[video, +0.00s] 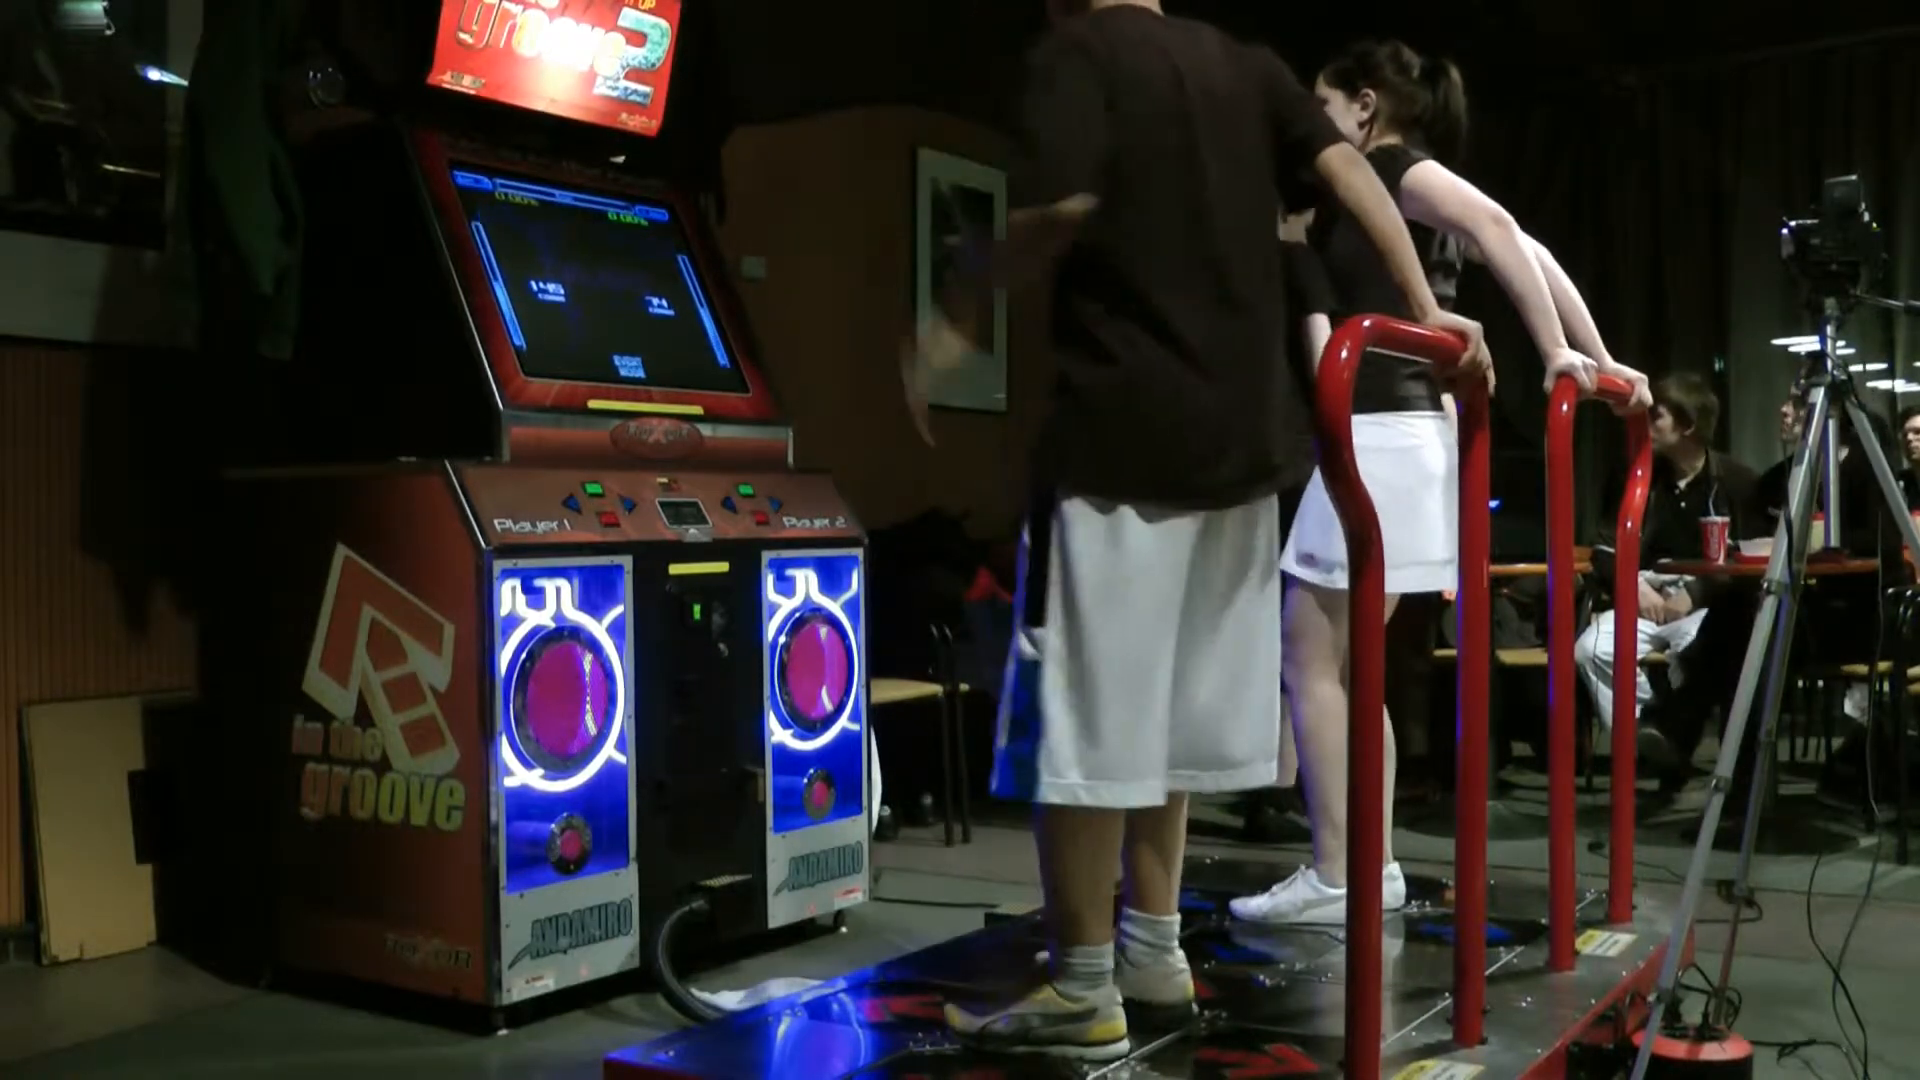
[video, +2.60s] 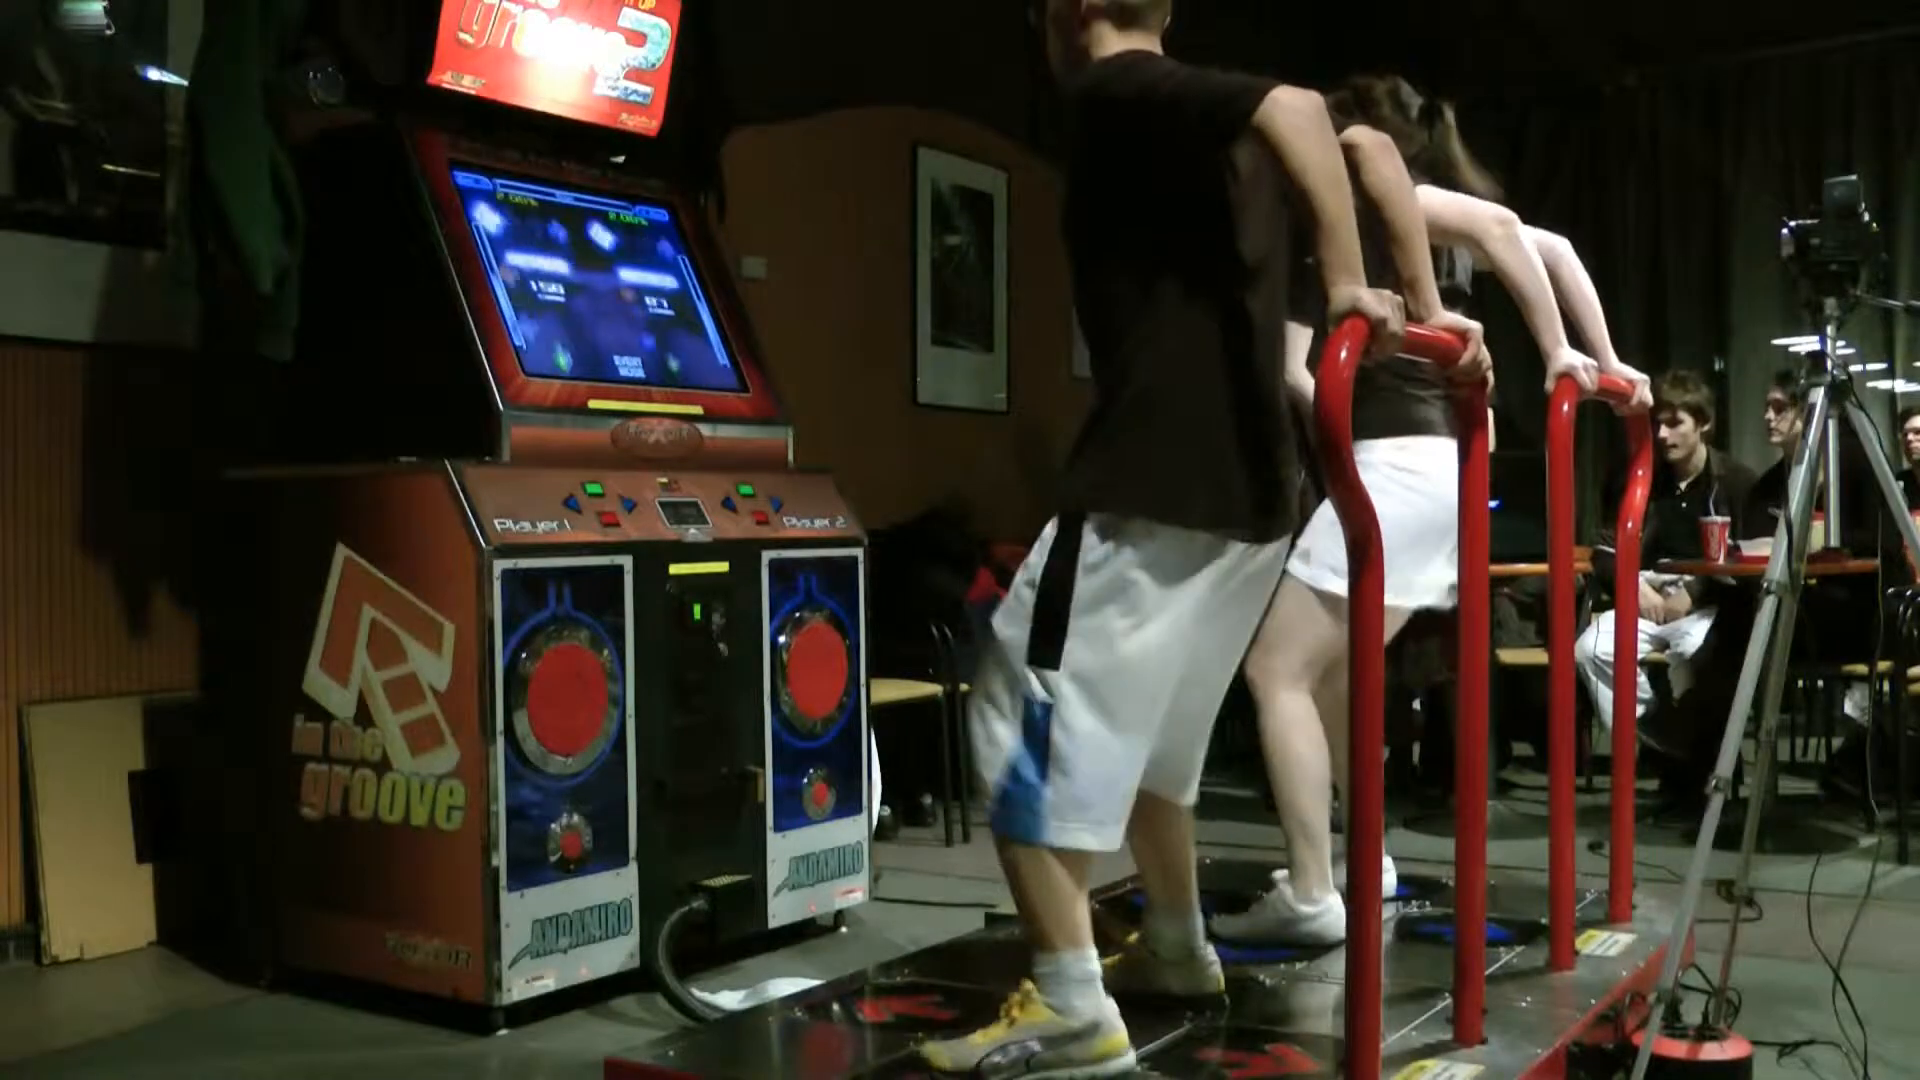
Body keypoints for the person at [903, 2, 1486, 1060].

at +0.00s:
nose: (1047, 27)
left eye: (1049, 22)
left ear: (1070, 5)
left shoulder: (1073, 56)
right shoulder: (1247, 62)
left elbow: (1064, 206)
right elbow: (1359, 183)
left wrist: (983, 276)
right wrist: (1425, 309)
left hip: (1121, 433)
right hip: (1244, 429)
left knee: (1094, 709)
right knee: (1173, 695)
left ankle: (1085, 988)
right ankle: (1155, 950)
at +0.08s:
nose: (1053, 17)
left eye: (1057, 13)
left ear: (1075, 4)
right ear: (1165, 0)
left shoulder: (1085, 54)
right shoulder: (1255, 70)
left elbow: (1111, 192)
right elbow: (1365, 188)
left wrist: (1051, 353)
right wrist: (1427, 312)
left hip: (1124, 441)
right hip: (1245, 438)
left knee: (1092, 713)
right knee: (1178, 711)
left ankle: (1079, 984)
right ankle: (1153, 963)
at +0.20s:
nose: (1056, 20)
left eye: (1059, 13)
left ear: (1078, 4)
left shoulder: (1102, 47)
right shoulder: (1253, 71)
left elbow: (1203, 143)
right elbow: (1368, 186)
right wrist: (1428, 310)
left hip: (1133, 436)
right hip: (1251, 444)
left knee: (1077, 697)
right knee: (1179, 697)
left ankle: (1087, 981)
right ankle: (1153, 958)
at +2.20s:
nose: (1077, 39)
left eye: (1078, 27)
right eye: (1092, 28)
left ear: (1099, 24)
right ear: (1169, 28)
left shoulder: (1108, 99)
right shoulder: (1240, 111)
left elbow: (1295, 105)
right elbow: (1378, 138)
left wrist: (1348, 280)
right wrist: (1431, 304)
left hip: (1180, 470)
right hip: (1275, 478)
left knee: (1079, 733)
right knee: (1165, 734)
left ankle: (1162, 986)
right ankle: (1186, 969)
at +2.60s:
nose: (1049, 39)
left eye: (1049, 25)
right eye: (1058, 26)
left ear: (1070, 19)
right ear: (1161, 24)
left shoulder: (1112, 92)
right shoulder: (1208, 96)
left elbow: (1292, 108)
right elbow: (1368, 143)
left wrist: (1347, 280)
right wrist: (1427, 308)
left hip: (1160, 470)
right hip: (1254, 478)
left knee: (1014, 708)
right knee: (1151, 715)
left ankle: (1072, 1005)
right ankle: (1178, 946)